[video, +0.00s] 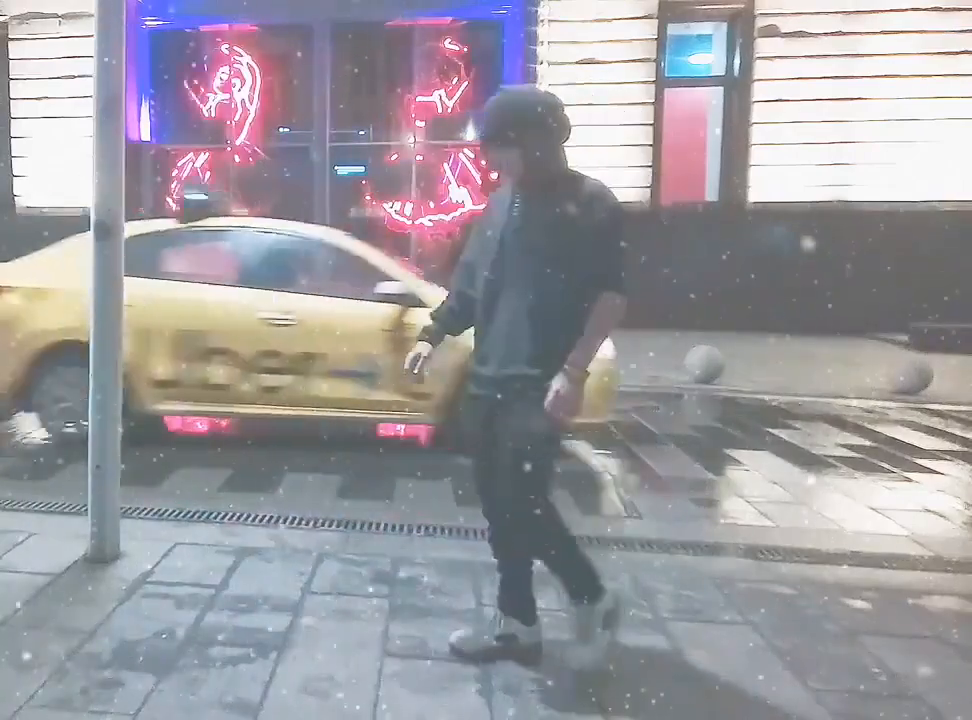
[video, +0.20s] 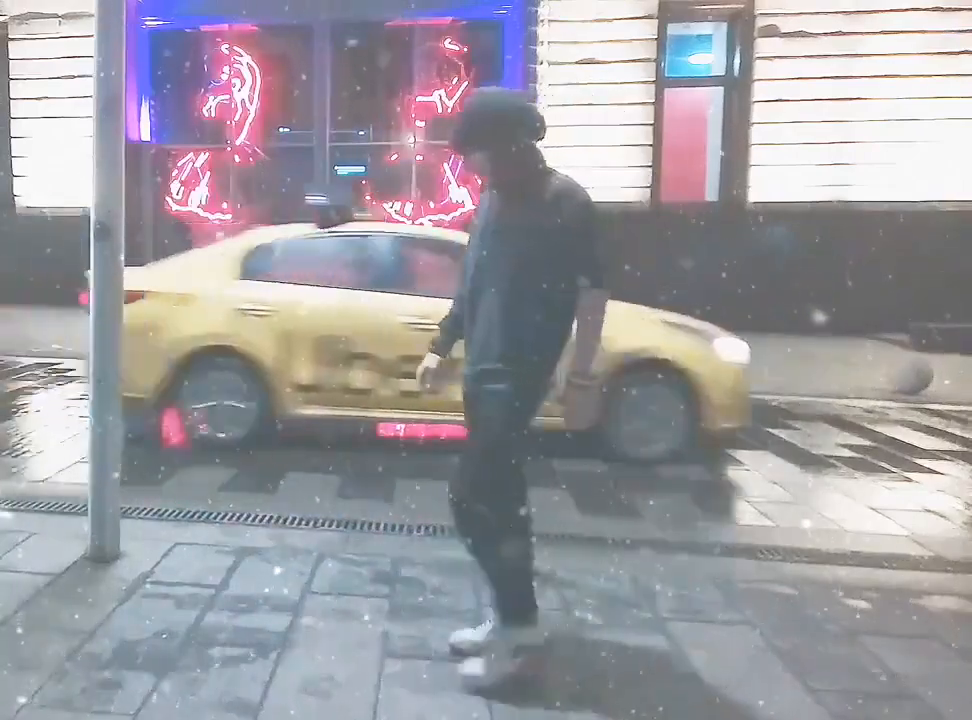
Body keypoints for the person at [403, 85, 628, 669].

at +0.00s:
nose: (494, 161)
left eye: (503, 148)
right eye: (491, 150)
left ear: (539, 143)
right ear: (499, 149)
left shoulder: (591, 205)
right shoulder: (502, 205)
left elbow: (612, 296)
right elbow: (472, 284)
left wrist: (573, 374)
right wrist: (432, 337)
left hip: (541, 384)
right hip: (490, 379)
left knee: (524, 501)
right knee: (499, 501)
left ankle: (592, 601)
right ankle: (517, 627)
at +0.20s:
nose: (476, 167)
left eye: (482, 154)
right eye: (473, 156)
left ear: (517, 147)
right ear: (485, 153)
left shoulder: (569, 205)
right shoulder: (494, 201)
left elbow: (594, 292)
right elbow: (475, 284)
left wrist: (580, 376)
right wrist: (439, 347)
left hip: (522, 374)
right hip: (482, 370)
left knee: (472, 494)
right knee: (499, 496)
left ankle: (521, 631)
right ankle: (508, 620)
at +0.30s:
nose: (457, 172)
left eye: (462, 158)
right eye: (453, 160)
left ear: (496, 150)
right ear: (478, 154)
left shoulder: (548, 206)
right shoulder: (488, 205)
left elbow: (579, 290)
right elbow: (482, 294)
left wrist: (577, 376)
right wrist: (464, 367)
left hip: (506, 376)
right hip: (473, 373)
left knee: (448, 492)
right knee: (502, 495)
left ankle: (450, 633)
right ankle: (517, 623)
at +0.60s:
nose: (410, 171)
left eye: (411, 157)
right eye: (405, 159)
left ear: (439, 149)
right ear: (449, 148)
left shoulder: (482, 201)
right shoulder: (467, 200)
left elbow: (509, 292)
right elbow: (466, 295)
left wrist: (503, 376)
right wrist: (431, 371)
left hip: (458, 372)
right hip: (452, 369)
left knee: (407, 490)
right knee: (486, 490)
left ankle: (395, 620)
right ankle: (516, 612)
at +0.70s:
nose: (384, 171)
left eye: (386, 157)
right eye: (381, 159)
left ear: (415, 147)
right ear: (426, 145)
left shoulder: (454, 205)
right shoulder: (453, 199)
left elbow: (468, 300)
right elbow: (458, 301)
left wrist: (457, 382)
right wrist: (416, 371)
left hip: (434, 381)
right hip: (450, 377)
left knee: (391, 490)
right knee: (471, 492)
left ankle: (394, 621)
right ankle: (514, 614)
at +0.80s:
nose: (370, 166)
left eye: (375, 153)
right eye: (370, 154)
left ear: (406, 148)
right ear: (420, 145)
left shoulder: (438, 202)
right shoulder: (453, 196)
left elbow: (440, 303)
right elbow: (453, 302)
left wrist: (415, 383)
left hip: (426, 379)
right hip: (451, 376)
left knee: (385, 494)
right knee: (460, 494)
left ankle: (394, 622)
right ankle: (511, 613)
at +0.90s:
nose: (362, 159)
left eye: (365, 146)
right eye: (361, 147)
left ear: (389, 142)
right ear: (417, 138)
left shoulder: (408, 196)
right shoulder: (451, 190)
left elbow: (384, 291)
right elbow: (458, 290)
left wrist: (346, 358)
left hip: (409, 357)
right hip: (448, 355)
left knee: (379, 485)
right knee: (422, 480)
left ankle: (392, 620)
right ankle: (494, 594)